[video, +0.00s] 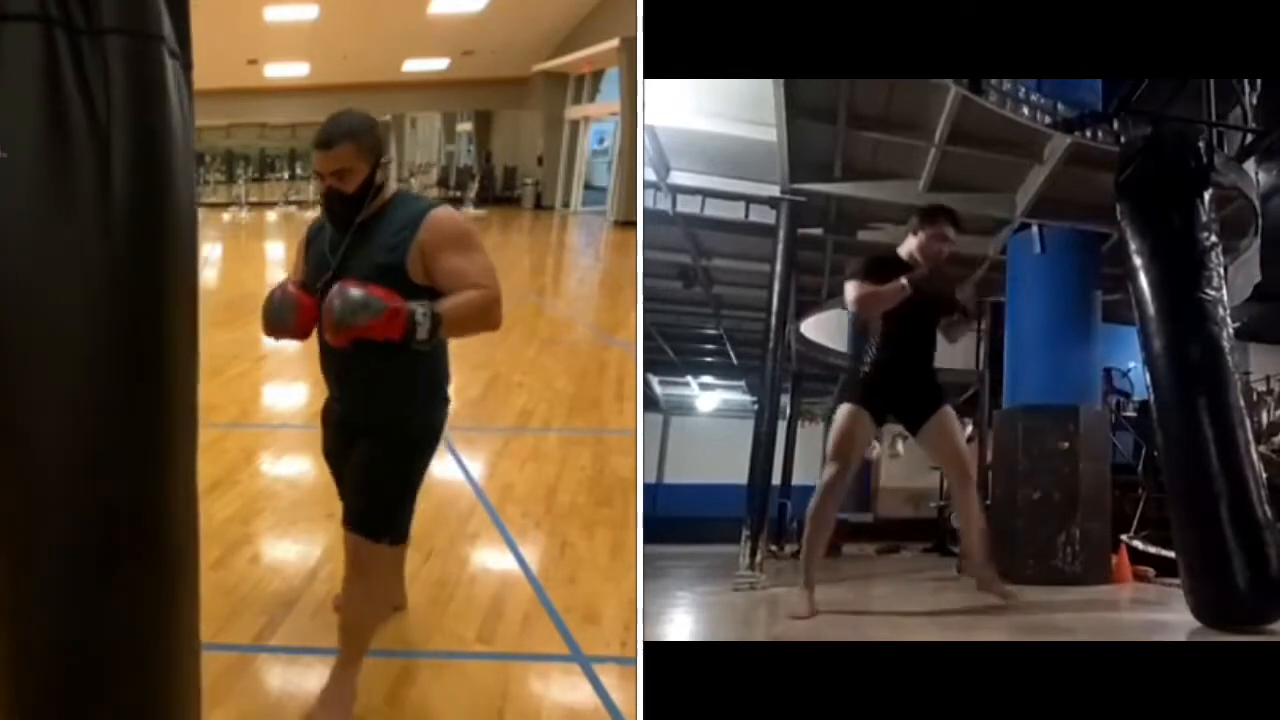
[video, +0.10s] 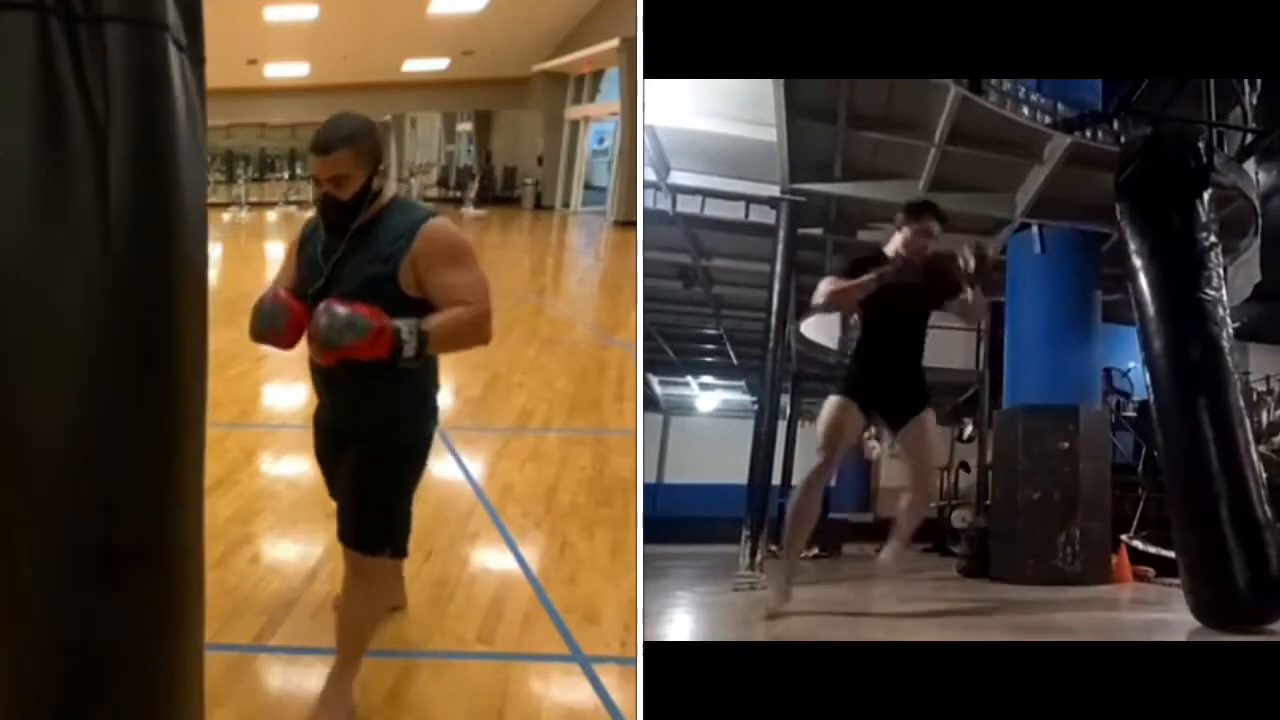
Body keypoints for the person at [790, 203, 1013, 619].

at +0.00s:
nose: (943, 250)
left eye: (949, 243)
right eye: (937, 240)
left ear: (950, 248)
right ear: (914, 235)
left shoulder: (939, 282)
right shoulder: (878, 264)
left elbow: (954, 330)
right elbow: (859, 303)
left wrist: (973, 311)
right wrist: (912, 281)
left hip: (921, 387)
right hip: (873, 383)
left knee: (963, 473)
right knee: (836, 472)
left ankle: (980, 569)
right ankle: (807, 582)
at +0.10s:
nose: (925, 242)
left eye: (931, 236)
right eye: (919, 233)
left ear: (936, 241)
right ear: (899, 231)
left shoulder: (935, 273)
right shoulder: (868, 264)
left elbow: (973, 318)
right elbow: (822, 299)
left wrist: (974, 283)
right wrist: (880, 276)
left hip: (907, 387)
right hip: (860, 382)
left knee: (925, 487)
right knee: (823, 464)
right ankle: (785, 570)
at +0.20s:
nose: (913, 250)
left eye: (919, 246)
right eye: (908, 241)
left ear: (924, 254)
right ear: (890, 243)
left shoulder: (927, 284)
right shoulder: (861, 279)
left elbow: (968, 311)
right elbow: (800, 313)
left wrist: (960, 267)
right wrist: (842, 291)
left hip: (901, 401)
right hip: (852, 395)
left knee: (891, 504)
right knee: (807, 475)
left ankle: (869, 583)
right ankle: (768, 590)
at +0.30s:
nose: (896, 264)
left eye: (903, 258)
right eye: (891, 254)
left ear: (908, 261)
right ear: (873, 252)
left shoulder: (911, 294)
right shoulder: (846, 287)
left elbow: (946, 319)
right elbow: (788, 324)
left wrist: (918, 278)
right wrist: (805, 309)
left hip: (886, 405)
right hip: (836, 400)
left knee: (891, 503)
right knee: (790, 483)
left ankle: (874, 572)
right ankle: (767, 593)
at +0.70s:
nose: (847, 227)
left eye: (857, 218)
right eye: (840, 219)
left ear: (879, 224)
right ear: (831, 227)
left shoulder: (900, 266)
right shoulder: (823, 282)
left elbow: (918, 312)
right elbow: (819, 343)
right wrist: (784, 369)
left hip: (896, 390)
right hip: (849, 393)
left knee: (887, 476)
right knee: (793, 487)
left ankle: (930, 606)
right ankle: (775, 591)